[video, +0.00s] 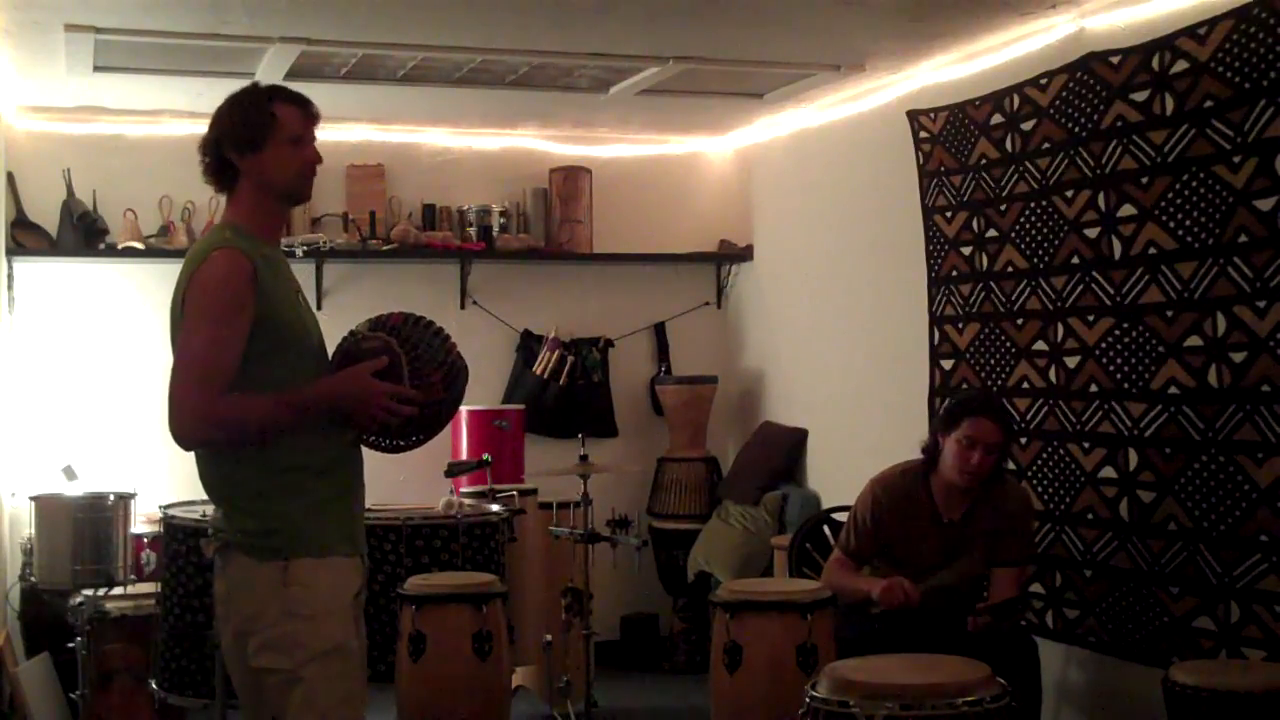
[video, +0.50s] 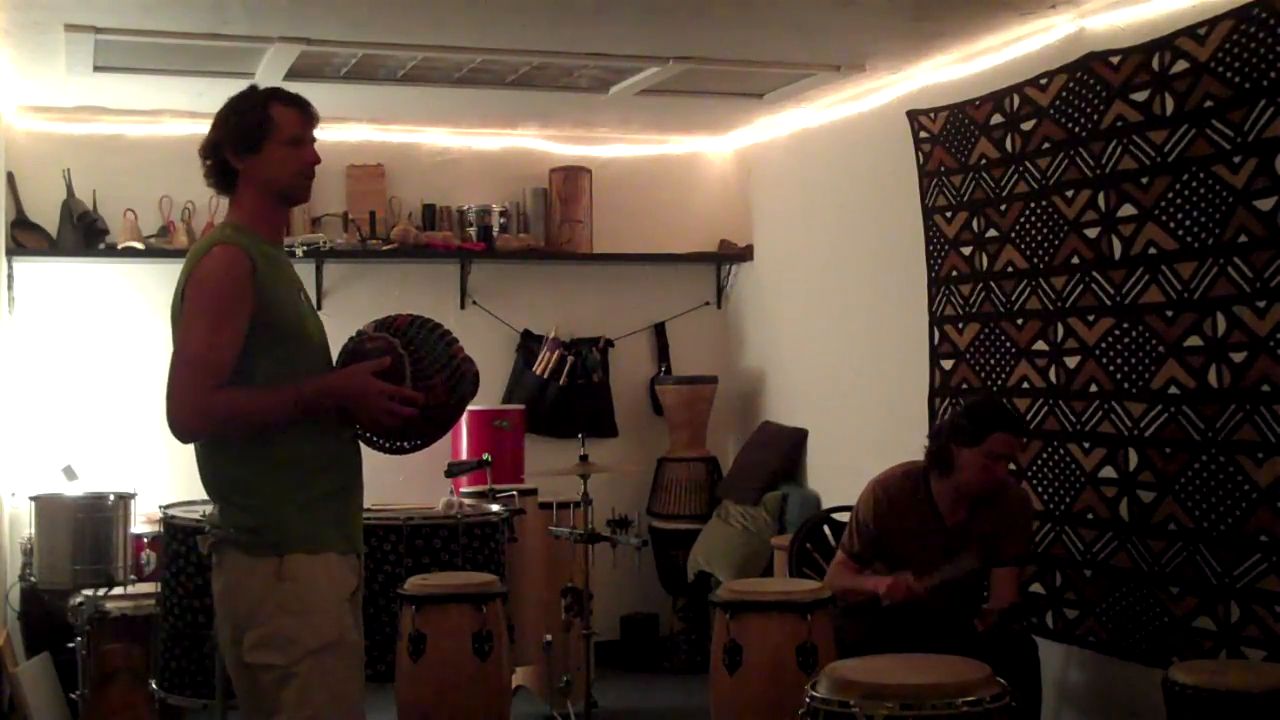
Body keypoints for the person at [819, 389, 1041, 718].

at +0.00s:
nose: (976, 460)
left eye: (990, 451)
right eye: (967, 444)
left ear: (1001, 455)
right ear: (941, 437)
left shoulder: (1010, 503)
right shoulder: (887, 492)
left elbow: (1005, 593)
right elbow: (832, 573)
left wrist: (989, 616)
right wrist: (872, 585)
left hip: (964, 624)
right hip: (891, 619)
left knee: (1018, 651)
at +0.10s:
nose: (978, 459)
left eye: (991, 451)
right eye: (969, 443)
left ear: (1001, 457)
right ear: (942, 436)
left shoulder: (1009, 503)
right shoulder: (888, 491)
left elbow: (1006, 593)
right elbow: (834, 575)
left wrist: (991, 615)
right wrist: (876, 590)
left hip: (967, 626)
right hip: (894, 621)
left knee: (1019, 650)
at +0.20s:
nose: (982, 462)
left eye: (995, 454)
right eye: (973, 447)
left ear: (1003, 457)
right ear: (944, 438)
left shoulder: (1008, 503)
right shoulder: (888, 491)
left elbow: (1005, 595)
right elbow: (835, 577)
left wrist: (989, 615)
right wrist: (876, 580)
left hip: (962, 624)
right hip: (888, 618)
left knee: (1019, 651)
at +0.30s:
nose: (993, 469)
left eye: (1001, 458)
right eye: (983, 456)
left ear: (1008, 455)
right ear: (950, 445)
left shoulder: (1007, 503)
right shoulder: (889, 490)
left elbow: (1006, 594)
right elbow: (835, 578)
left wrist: (989, 618)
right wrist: (881, 576)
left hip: (960, 622)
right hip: (888, 617)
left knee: (1019, 652)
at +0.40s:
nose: (998, 471)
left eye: (1005, 461)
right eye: (987, 458)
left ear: (1011, 458)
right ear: (953, 449)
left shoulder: (1009, 504)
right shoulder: (889, 491)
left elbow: (1005, 595)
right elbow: (836, 576)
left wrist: (990, 617)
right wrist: (879, 584)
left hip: (961, 621)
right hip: (888, 618)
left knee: (1018, 650)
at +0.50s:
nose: (1002, 473)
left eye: (1007, 462)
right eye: (992, 459)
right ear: (956, 448)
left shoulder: (1010, 504)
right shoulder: (888, 492)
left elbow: (1005, 595)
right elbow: (835, 577)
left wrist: (992, 615)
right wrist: (877, 583)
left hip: (961, 620)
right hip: (887, 616)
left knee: (1018, 649)